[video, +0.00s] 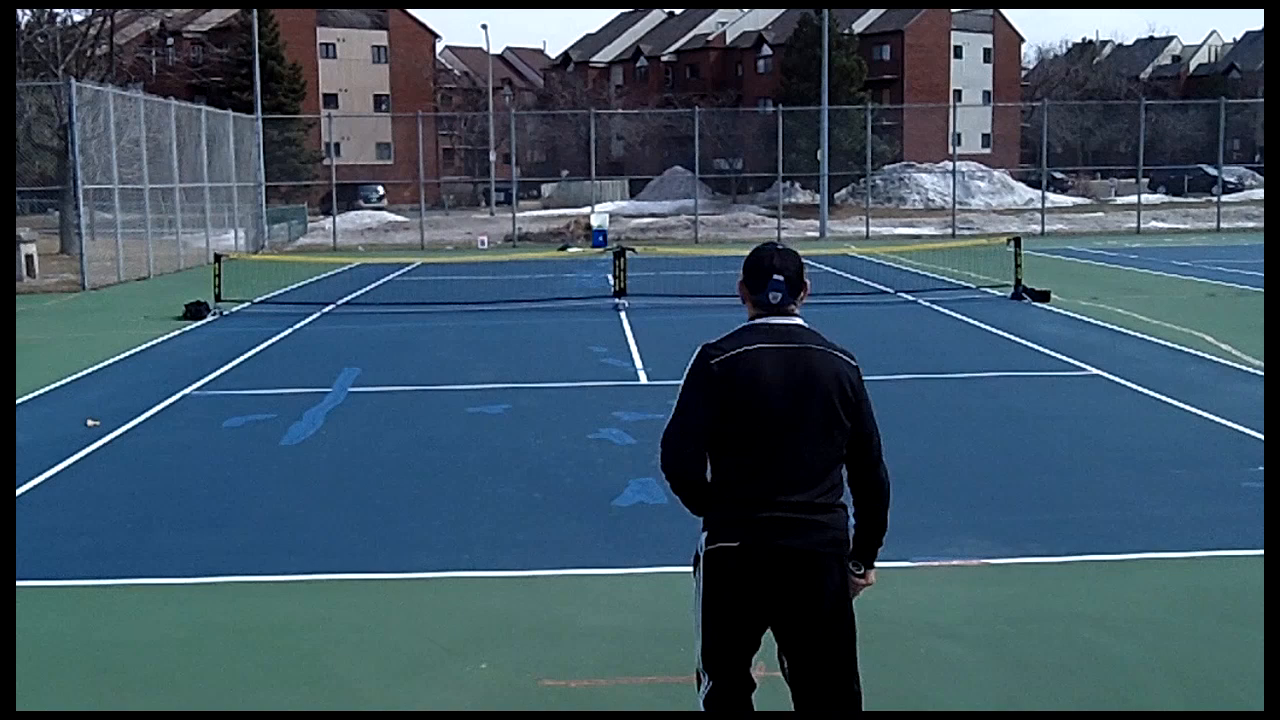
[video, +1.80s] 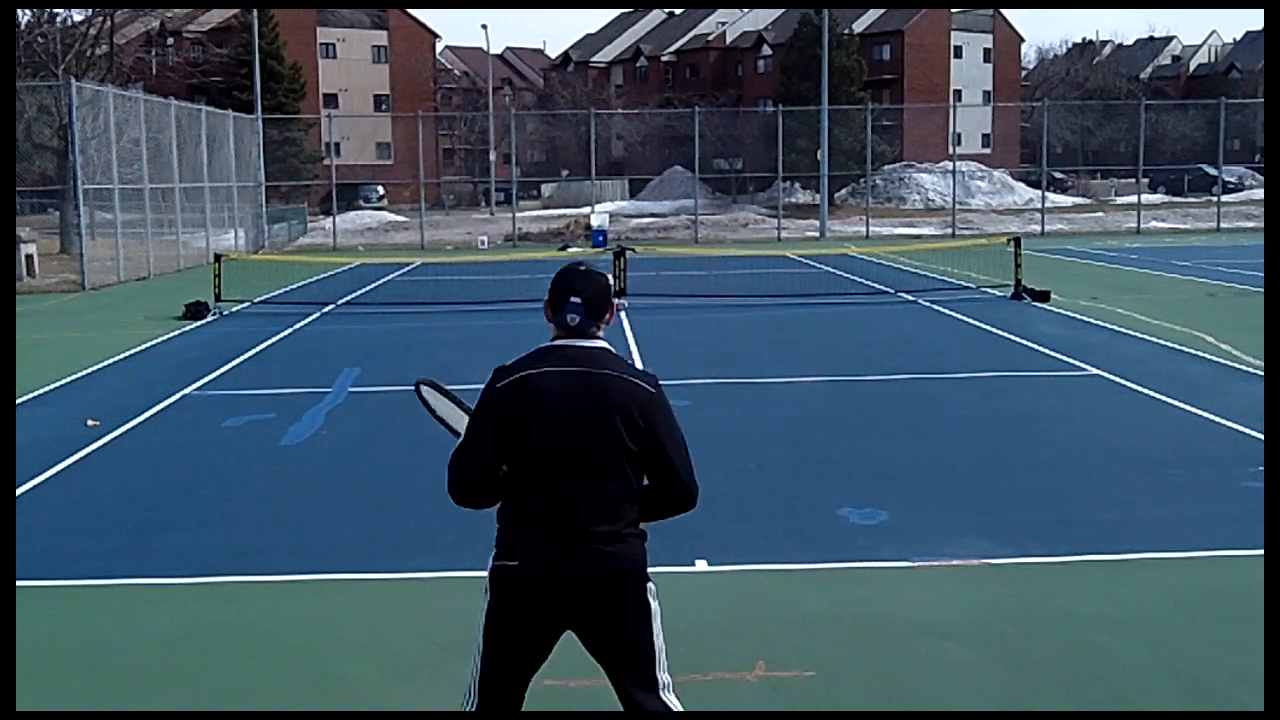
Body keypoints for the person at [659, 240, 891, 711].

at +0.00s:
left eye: (744, 288)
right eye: (800, 287)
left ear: (742, 292)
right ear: (804, 293)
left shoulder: (715, 359)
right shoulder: (839, 364)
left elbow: (677, 457)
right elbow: (871, 475)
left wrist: (715, 510)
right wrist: (863, 556)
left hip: (735, 557)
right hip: (818, 557)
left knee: (724, 682)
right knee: (829, 691)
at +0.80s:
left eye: (708, 280)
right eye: (764, 279)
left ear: (704, 285)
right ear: (766, 285)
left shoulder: (674, 353)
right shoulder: (802, 357)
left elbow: (635, 451)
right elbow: (833, 468)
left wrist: (678, 502)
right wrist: (827, 552)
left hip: (692, 552)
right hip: (776, 554)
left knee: (659, 682)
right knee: (793, 695)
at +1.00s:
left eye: (666, 289)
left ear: (662, 294)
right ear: (725, 292)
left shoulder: (632, 362)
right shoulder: (761, 365)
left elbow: (586, 454)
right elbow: (800, 473)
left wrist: (637, 491)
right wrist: (789, 548)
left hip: (653, 566)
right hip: (739, 565)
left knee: (616, 700)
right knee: (772, 701)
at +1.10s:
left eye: (640, 295)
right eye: (697, 292)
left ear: (637, 301)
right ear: (698, 299)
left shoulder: (604, 365)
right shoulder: (735, 371)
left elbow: (549, 453)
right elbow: (778, 477)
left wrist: (601, 487)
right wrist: (755, 548)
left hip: (624, 567)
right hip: (711, 567)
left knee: (593, 702)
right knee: (747, 702)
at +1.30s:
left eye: (617, 281)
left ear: (615, 286)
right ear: (677, 285)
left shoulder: (582, 351)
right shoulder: (713, 355)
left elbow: (535, 455)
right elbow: (749, 459)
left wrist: (558, 470)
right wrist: (703, 501)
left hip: (601, 548)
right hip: (687, 549)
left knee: (588, 690)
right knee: (688, 687)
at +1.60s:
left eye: (595, 289)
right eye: (656, 288)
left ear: (592, 295)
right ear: (655, 295)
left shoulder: (558, 362)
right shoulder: (688, 367)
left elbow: (517, 467)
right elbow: (719, 473)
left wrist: (563, 483)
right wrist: (658, 496)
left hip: (566, 556)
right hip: (654, 558)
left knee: (535, 684)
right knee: (671, 693)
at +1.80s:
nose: (612, 313)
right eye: (612, 307)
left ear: (549, 313)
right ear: (609, 314)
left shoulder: (509, 382)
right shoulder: (638, 385)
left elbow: (465, 488)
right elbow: (680, 492)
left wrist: (519, 477)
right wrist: (617, 505)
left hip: (524, 579)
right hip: (614, 579)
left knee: (493, 703)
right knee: (651, 700)